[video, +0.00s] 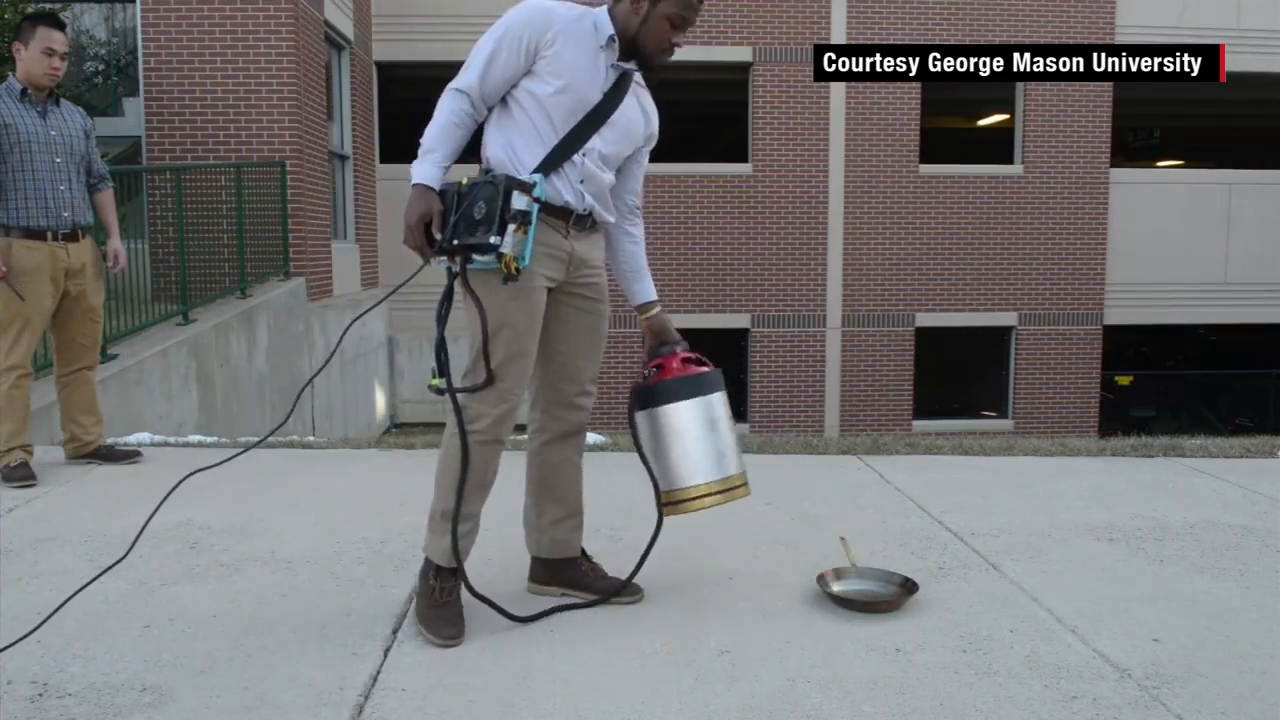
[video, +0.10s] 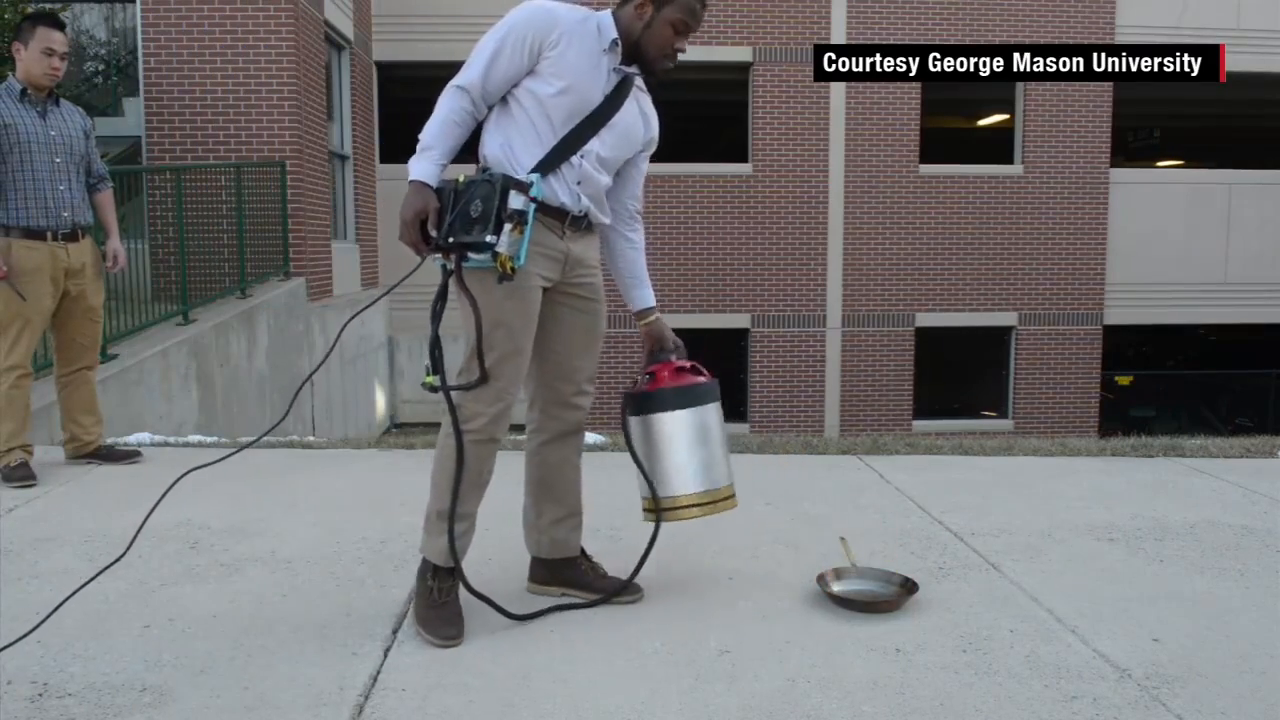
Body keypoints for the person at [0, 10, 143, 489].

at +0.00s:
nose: (59, 64)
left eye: (64, 56)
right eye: (49, 53)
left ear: (68, 63)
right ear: (18, 52)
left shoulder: (77, 117)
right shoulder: (3, 106)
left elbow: (99, 179)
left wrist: (114, 234)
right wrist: (0, 250)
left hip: (80, 250)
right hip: (20, 252)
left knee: (80, 357)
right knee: (16, 363)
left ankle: (86, 444)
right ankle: (13, 454)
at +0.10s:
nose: (58, 64)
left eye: (64, 57)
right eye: (49, 53)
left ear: (68, 63)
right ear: (18, 52)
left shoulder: (76, 117)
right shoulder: (3, 105)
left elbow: (98, 179)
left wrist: (113, 234)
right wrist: (0, 251)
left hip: (79, 250)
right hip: (20, 252)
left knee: (80, 357)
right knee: (15, 363)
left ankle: (86, 444)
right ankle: (13, 454)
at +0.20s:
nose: (58, 63)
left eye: (64, 56)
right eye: (48, 53)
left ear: (68, 63)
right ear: (17, 52)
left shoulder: (76, 117)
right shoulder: (3, 105)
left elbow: (98, 179)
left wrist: (113, 234)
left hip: (79, 250)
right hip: (21, 252)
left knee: (80, 357)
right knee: (15, 363)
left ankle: (86, 444)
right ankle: (13, 454)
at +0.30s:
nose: (57, 62)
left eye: (63, 55)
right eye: (47, 52)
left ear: (67, 62)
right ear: (17, 52)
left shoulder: (76, 117)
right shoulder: (3, 105)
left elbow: (98, 179)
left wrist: (112, 234)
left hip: (79, 250)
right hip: (20, 253)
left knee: (80, 357)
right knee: (15, 363)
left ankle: (86, 444)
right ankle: (13, 454)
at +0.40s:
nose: (55, 62)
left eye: (62, 55)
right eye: (45, 51)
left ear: (66, 62)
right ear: (16, 52)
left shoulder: (76, 116)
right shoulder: (3, 106)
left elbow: (98, 179)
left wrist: (112, 235)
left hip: (79, 249)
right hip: (21, 252)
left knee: (83, 353)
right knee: (17, 360)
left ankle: (85, 442)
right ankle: (13, 453)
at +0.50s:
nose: (53, 60)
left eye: (61, 54)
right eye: (43, 50)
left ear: (66, 61)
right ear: (15, 52)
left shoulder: (77, 116)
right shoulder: (3, 106)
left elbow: (98, 179)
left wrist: (112, 235)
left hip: (80, 249)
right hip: (21, 252)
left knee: (83, 352)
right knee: (17, 360)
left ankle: (86, 442)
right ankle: (13, 452)